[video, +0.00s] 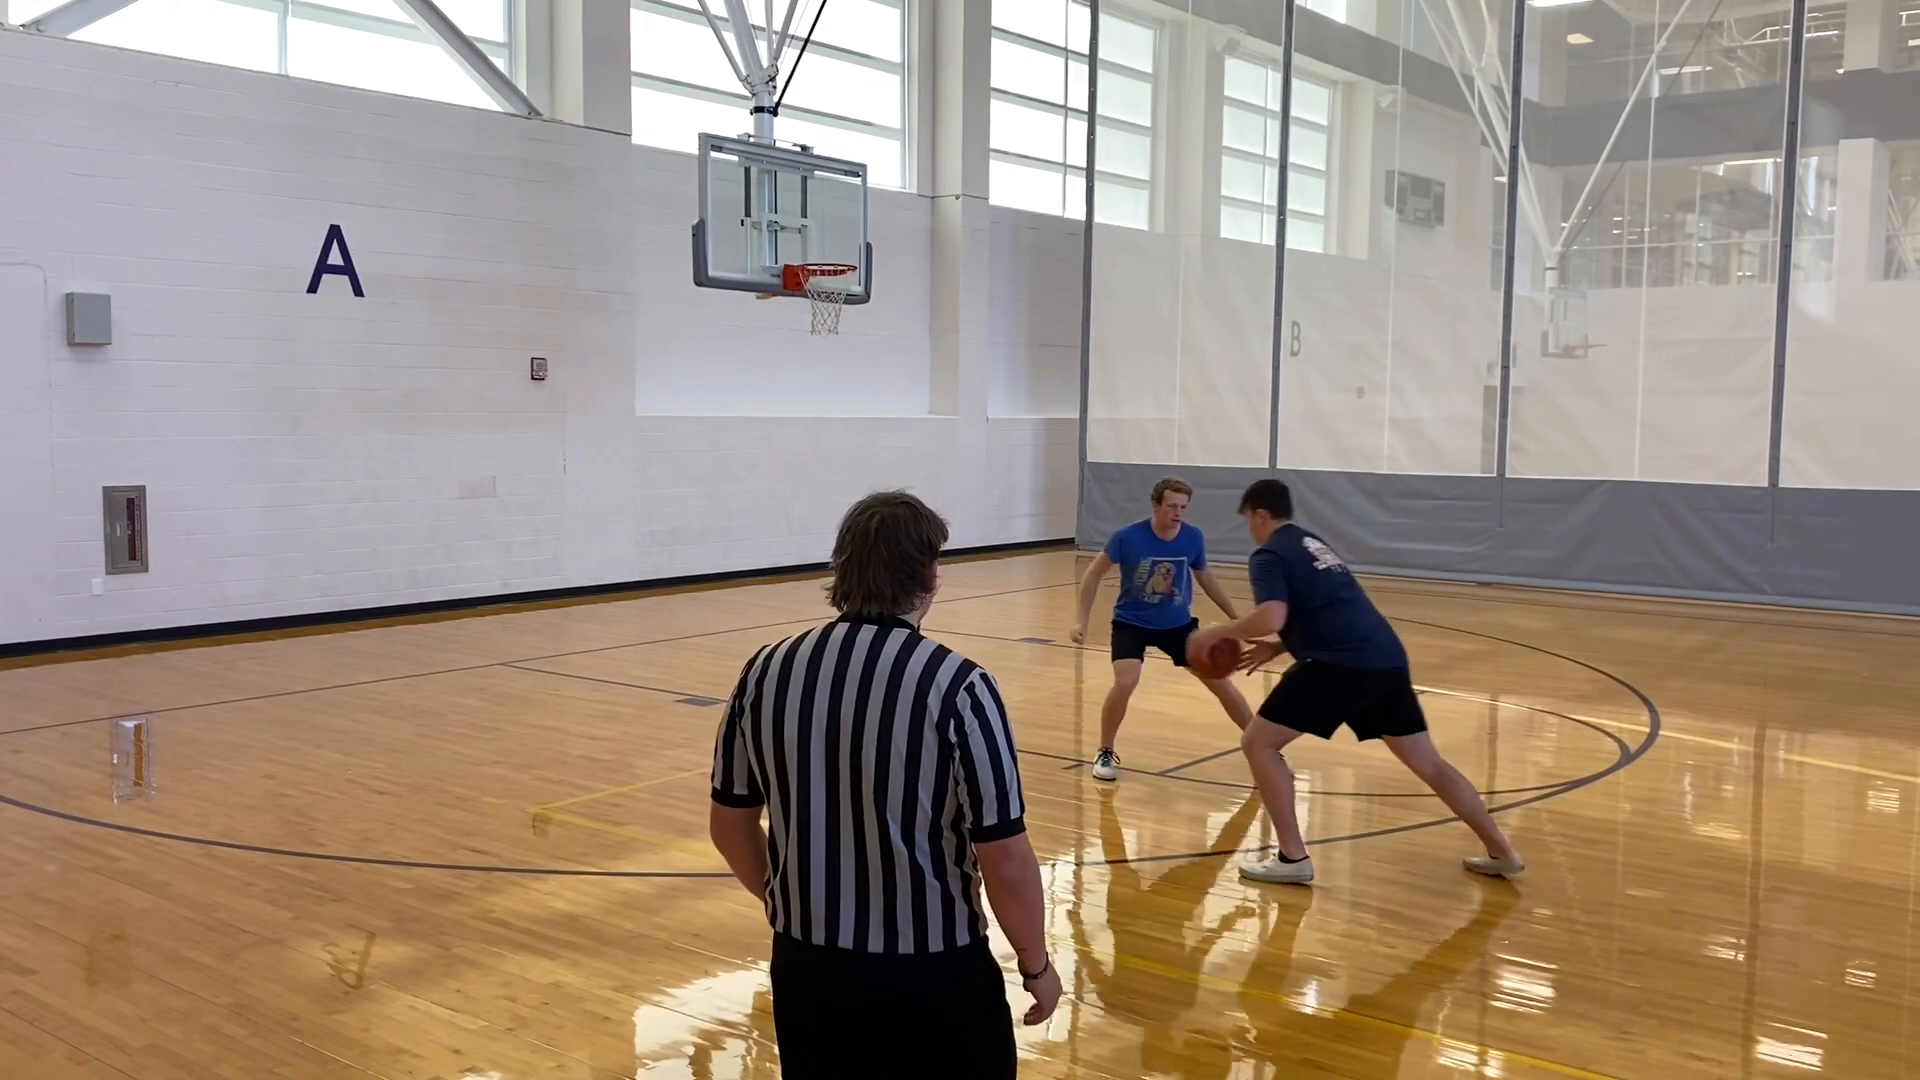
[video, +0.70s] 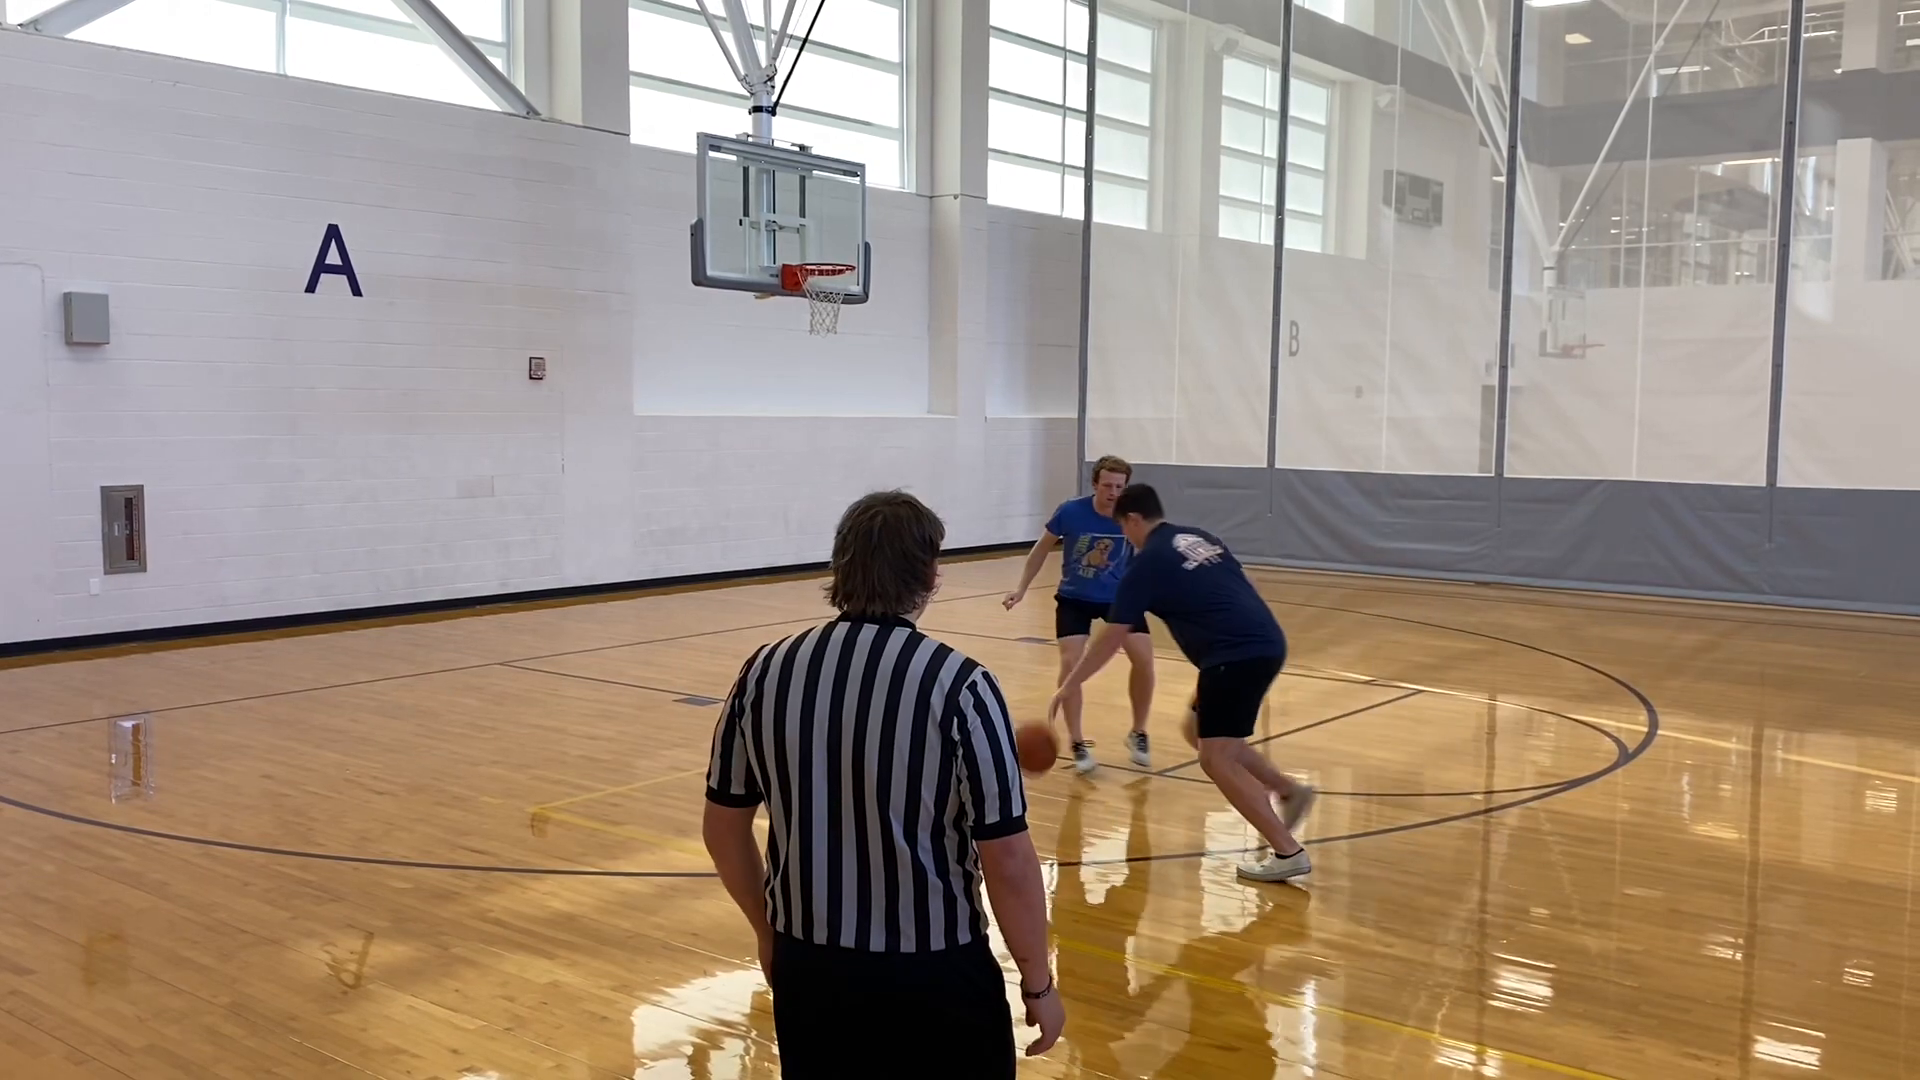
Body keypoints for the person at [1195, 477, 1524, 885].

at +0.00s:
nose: (1248, 527)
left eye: (1247, 518)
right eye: (1247, 518)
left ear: (1260, 515)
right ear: (1283, 511)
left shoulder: (1269, 554)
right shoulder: (1313, 542)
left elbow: (1271, 619)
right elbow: (1321, 613)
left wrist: (1219, 634)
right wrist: (1269, 650)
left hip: (1334, 666)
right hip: (1386, 663)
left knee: (1258, 743)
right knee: (1431, 765)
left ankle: (1292, 858)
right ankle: (1503, 854)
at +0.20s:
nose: (1205, 529)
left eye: (1205, 521)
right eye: (1204, 522)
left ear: (1217, 518)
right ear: (1240, 514)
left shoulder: (1232, 559)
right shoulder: (1272, 541)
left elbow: (1221, 629)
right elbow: (1299, 605)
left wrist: (1174, 621)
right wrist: (1254, 646)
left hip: (1298, 665)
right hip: (1347, 659)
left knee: (1241, 750)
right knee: (1381, 760)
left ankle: (1292, 858)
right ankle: (1474, 834)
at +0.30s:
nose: (1185, 531)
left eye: (1184, 524)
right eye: (1184, 524)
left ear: (1196, 520)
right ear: (1220, 515)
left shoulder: (1212, 562)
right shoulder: (1252, 541)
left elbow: (1196, 637)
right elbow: (1285, 607)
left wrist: (1150, 626)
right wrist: (1247, 652)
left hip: (1283, 664)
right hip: (1330, 658)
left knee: (1235, 754)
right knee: (1344, 760)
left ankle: (1291, 856)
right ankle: (1447, 817)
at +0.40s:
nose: (1168, 535)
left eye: (1168, 527)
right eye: (1168, 527)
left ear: (1179, 522)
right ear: (1200, 516)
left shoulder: (1192, 563)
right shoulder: (1236, 541)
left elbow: (1171, 641)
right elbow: (1267, 603)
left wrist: (1125, 639)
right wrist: (1235, 654)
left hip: (1268, 663)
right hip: (1313, 658)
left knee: (1228, 757)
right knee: (1303, 756)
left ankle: (1291, 855)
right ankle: (1408, 800)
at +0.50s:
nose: (1151, 534)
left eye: (1150, 526)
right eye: (1150, 526)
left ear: (1158, 521)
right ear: (1184, 514)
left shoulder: (1173, 564)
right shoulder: (1219, 539)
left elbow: (1148, 642)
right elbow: (1251, 599)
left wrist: (1101, 664)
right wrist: (1228, 656)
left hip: (1254, 661)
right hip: (1293, 655)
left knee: (1221, 757)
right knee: (1264, 751)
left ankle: (1290, 855)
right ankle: (1362, 790)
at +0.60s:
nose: (1133, 534)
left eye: (1132, 527)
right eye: (1131, 528)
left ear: (1142, 522)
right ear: (1165, 518)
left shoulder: (1155, 565)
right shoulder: (1201, 537)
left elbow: (1123, 640)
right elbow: (1233, 592)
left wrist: (1078, 682)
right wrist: (1220, 658)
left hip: (1238, 659)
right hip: (1273, 650)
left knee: (1218, 759)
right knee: (1240, 748)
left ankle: (1290, 854)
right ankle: (1315, 788)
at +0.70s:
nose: (1124, 534)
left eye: (1123, 526)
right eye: (1122, 527)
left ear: (1134, 521)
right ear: (1156, 515)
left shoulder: (1146, 563)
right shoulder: (1196, 536)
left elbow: (1112, 638)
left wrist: (1069, 684)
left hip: (1236, 656)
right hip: (1263, 645)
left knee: (1216, 757)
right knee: (1197, 729)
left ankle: (1289, 852)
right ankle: (1290, 790)